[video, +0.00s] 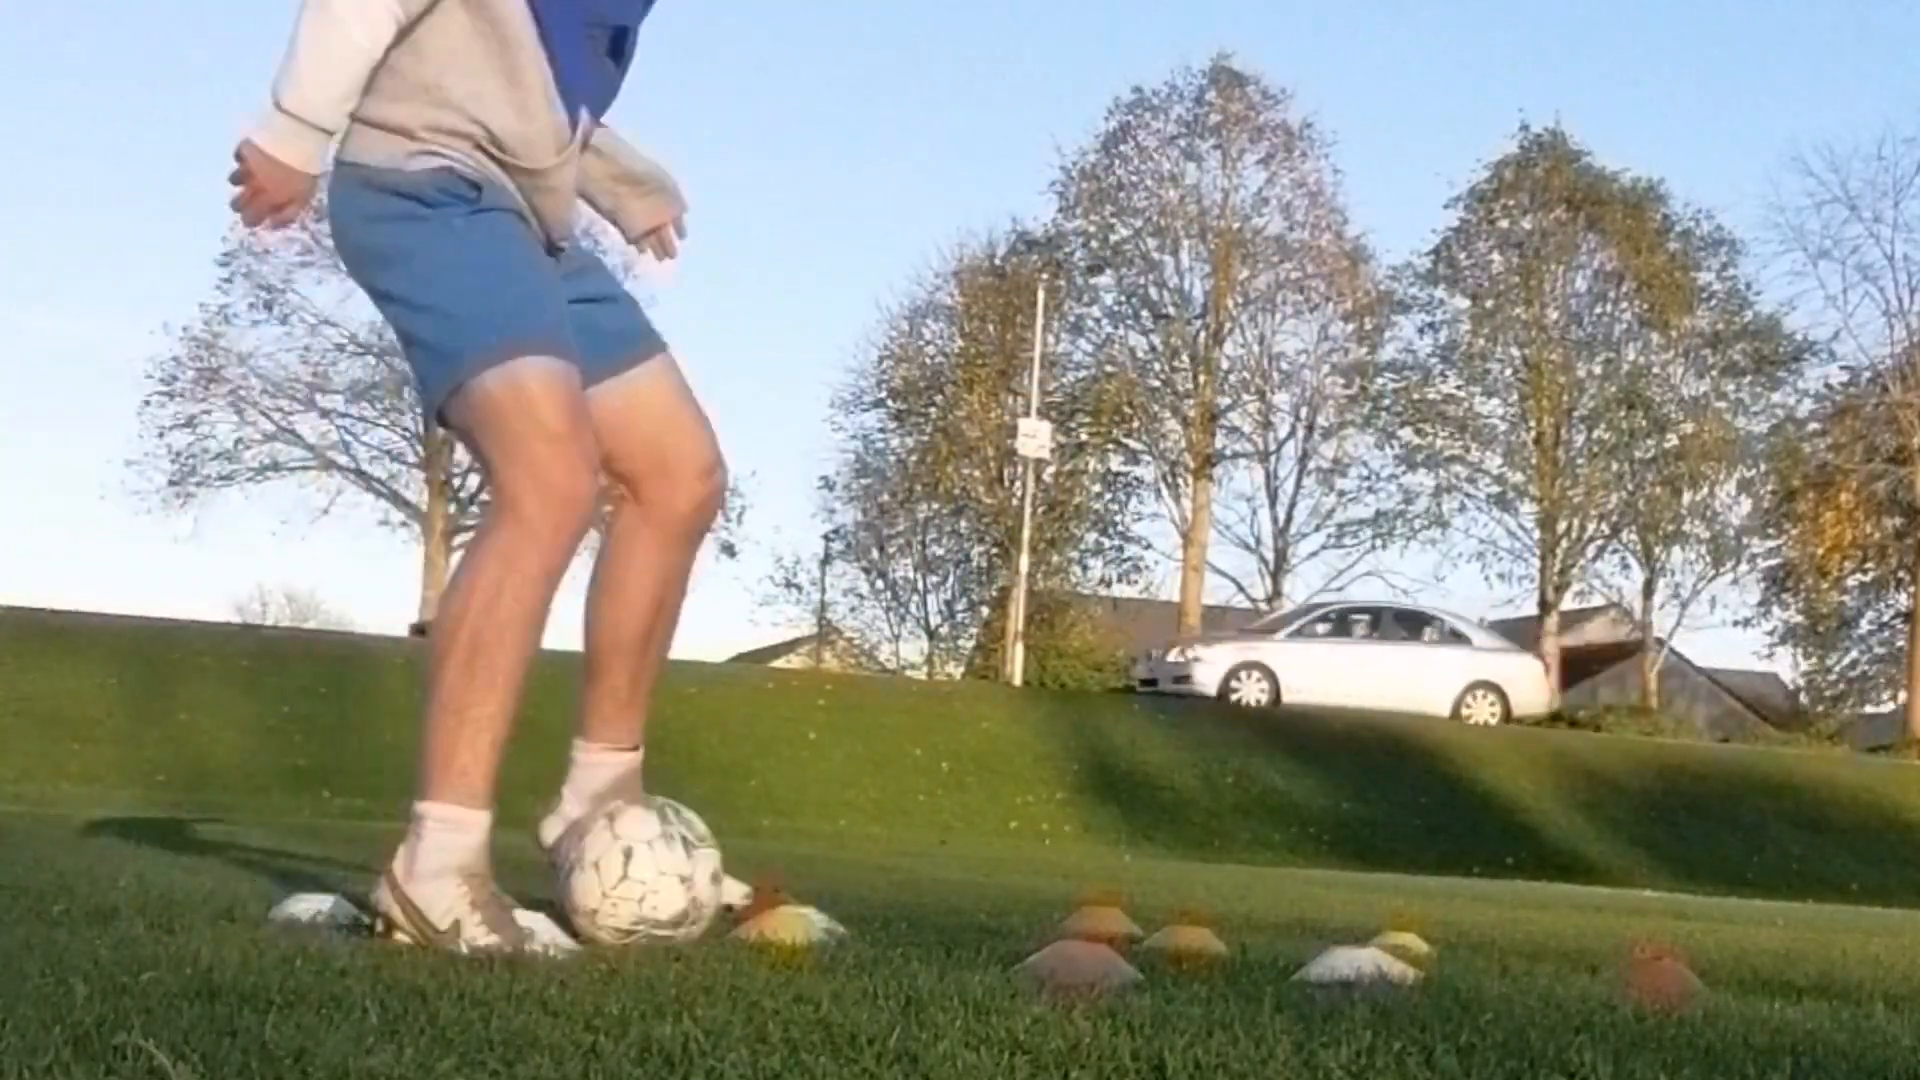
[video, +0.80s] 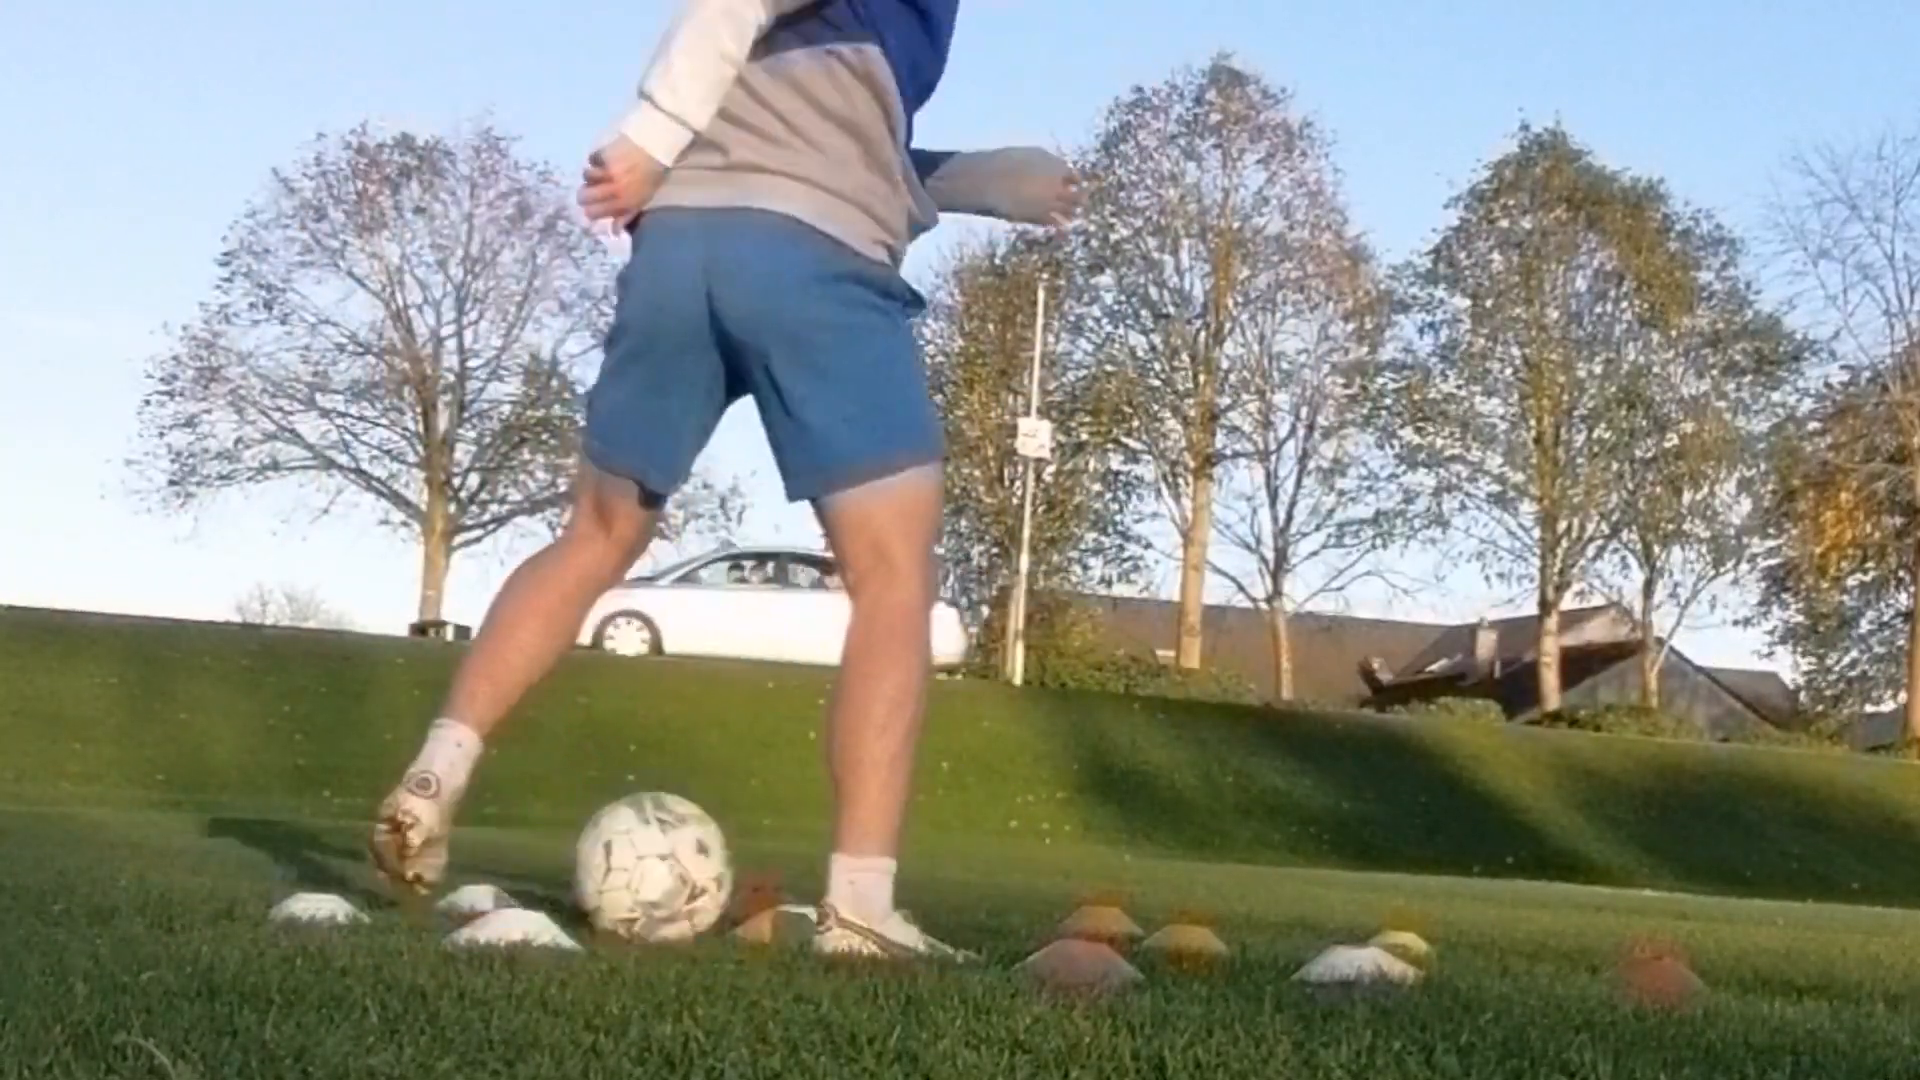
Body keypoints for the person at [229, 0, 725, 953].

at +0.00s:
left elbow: (522, 89)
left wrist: (628, 184)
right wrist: (298, 130)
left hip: (516, 189)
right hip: (414, 161)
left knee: (676, 478)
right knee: (549, 482)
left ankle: (597, 817)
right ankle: (436, 871)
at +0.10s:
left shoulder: (683, 8)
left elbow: (713, 26)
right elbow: (492, 2)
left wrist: (841, 58)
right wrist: (469, 131)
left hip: (562, 166)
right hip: (493, 133)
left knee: (656, 515)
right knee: (654, 413)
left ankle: (556, 835)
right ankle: (548, 803)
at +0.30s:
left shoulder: (827, 15)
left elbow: (730, 132)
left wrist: (870, 217)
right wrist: (451, 23)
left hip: (620, 212)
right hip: (595, 196)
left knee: (700, 524)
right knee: (728, 521)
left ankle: (529, 819)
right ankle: (661, 899)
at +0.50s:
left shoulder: (814, 19)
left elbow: (837, 59)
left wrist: (973, 97)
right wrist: (448, 31)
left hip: (576, 201)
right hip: (675, 186)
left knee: (640, 557)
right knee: (877, 472)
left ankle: (493, 879)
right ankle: (837, 810)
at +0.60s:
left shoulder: (884, 5)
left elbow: (1000, 26)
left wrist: (1159, 23)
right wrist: (506, 15)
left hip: (574, 156)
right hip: (716, 144)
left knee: (608, 514)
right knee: (869, 467)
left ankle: (496, 855)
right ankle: (968, 809)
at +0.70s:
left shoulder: (883, 11)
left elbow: (909, 74)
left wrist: (1082, 74)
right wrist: (565, 17)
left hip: (618, 160)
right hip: (760, 167)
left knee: (611, 506)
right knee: (884, 490)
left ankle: (477, 822)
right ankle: (905, 844)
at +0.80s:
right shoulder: (910, 12)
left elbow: (832, 173)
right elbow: (737, 4)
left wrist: (984, 179)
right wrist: (655, 133)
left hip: (675, 244)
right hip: (820, 256)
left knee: (596, 532)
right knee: (892, 580)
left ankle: (433, 777)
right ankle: (861, 908)